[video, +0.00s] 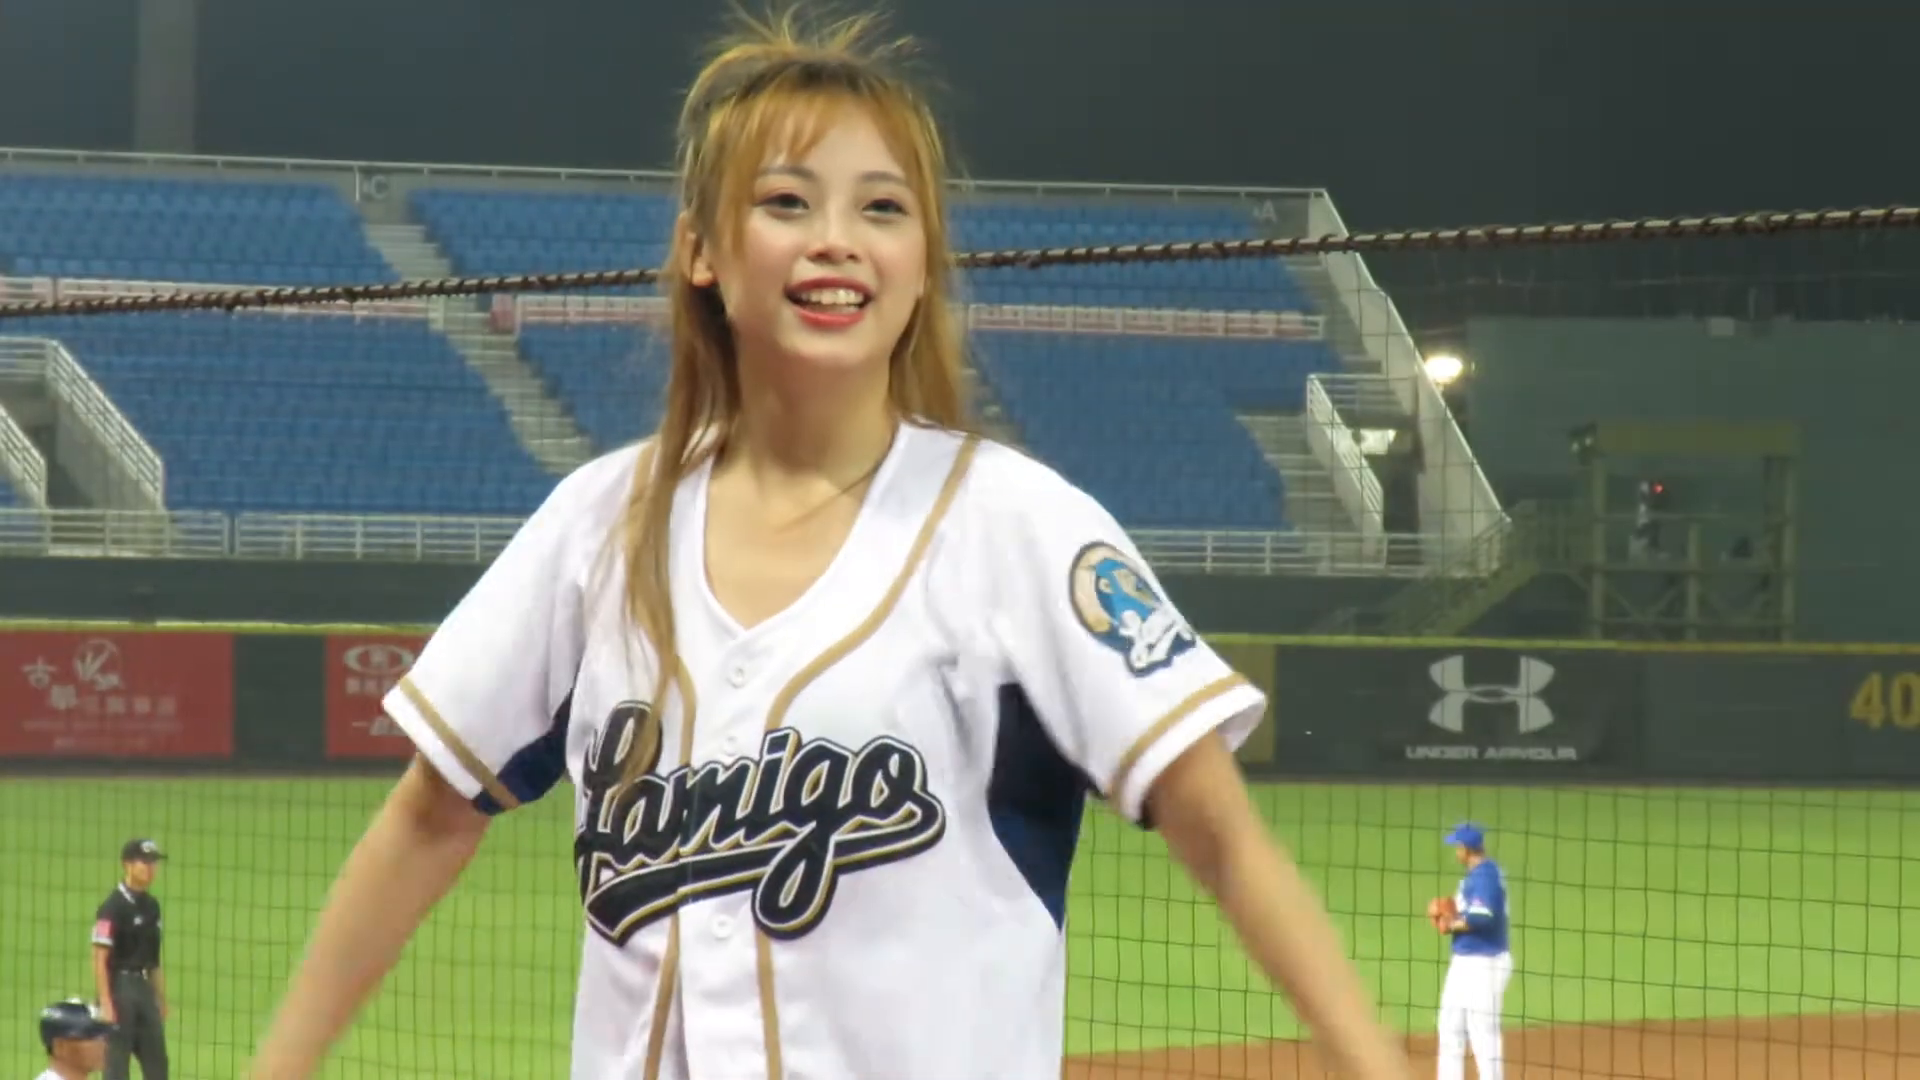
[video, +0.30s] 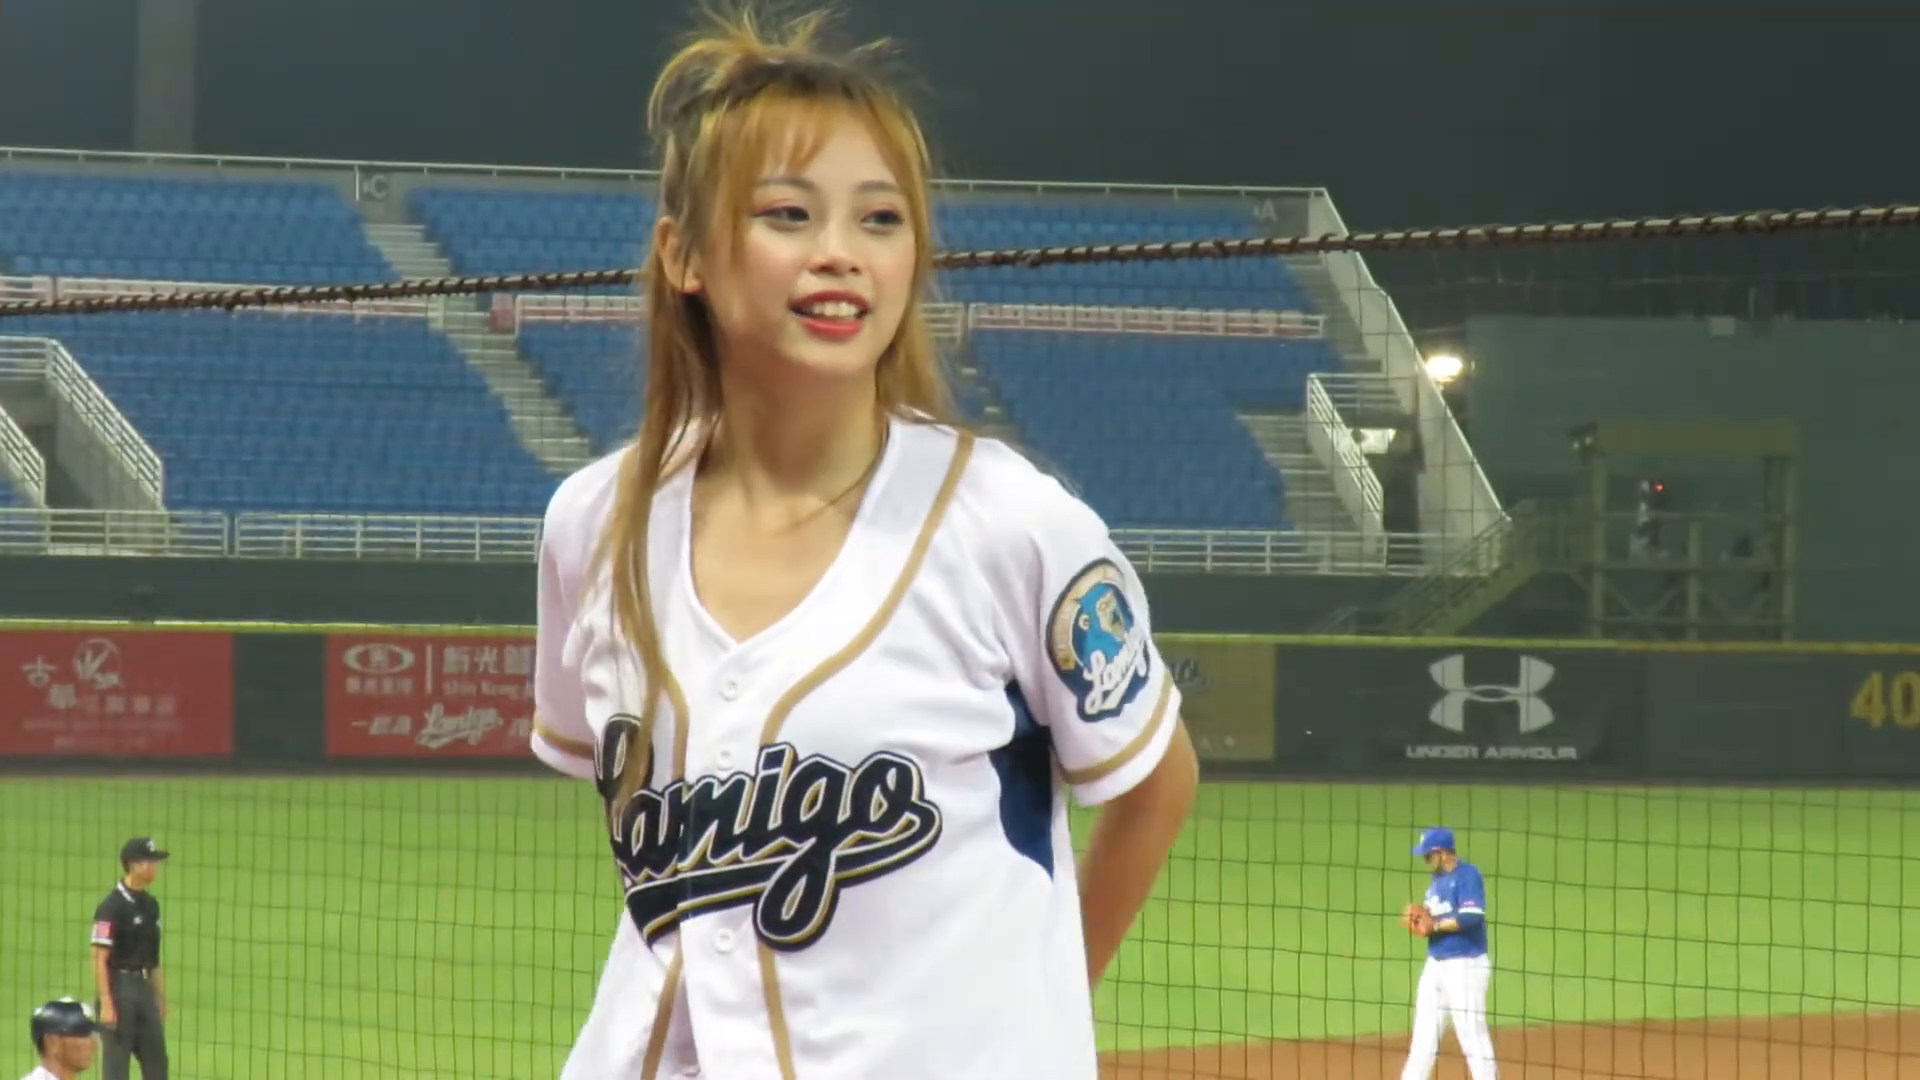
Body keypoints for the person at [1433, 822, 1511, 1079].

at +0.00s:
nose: (1456, 853)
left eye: (1458, 848)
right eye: (1456, 848)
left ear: (1469, 848)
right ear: (1472, 848)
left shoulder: (1485, 874)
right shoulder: (1471, 876)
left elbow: (1484, 916)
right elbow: (1466, 908)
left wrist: (1453, 924)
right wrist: (1447, 911)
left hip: (1487, 961)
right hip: (1464, 959)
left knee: (1483, 1029)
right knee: (1450, 1027)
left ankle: (1491, 1075)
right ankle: (1449, 1075)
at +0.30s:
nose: (1426, 861)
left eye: (1429, 855)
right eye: (1425, 856)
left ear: (1442, 852)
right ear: (1437, 853)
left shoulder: (1468, 874)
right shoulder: (1437, 880)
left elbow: (1473, 916)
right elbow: (1436, 914)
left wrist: (1434, 925)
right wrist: (1420, 919)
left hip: (1466, 964)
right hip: (1437, 964)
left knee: (1473, 1037)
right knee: (1424, 1038)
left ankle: (1486, 1075)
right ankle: (1413, 1076)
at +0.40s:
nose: (1417, 861)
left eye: (1420, 856)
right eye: (1415, 857)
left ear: (1435, 851)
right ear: (1420, 854)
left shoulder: (1459, 872)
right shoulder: (1422, 877)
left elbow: (1472, 910)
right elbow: (1420, 912)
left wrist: (1433, 925)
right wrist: (1409, 925)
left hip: (1458, 962)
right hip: (1426, 962)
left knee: (1463, 1032)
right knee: (1419, 1035)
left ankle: (1483, 1076)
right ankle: (1411, 1077)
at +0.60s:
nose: (1406, 863)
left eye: (1410, 857)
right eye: (1402, 859)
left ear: (1421, 849)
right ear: (1397, 856)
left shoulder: (1444, 869)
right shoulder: (1393, 879)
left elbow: (1463, 908)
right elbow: (1384, 918)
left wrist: (1437, 939)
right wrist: (1385, 954)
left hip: (1448, 955)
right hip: (1411, 958)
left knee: (1445, 1023)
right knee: (1410, 1029)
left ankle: (1468, 1076)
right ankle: (1410, 1076)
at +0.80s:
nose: (1408, 867)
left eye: (1412, 861)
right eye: (1404, 862)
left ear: (1421, 854)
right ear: (1396, 857)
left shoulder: (1439, 871)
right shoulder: (1384, 877)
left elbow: (1458, 912)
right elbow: (1366, 914)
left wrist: (1454, 953)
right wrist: (1376, 955)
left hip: (1437, 959)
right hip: (1404, 962)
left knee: (1440, 1032)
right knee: (1406, 1033)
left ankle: (1441, 1076)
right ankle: (1407, 1076)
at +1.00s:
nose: (1416, 870)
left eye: (1420, 865)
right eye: (1411, 865)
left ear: (1428, 857)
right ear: (1402, 858)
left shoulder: (1441, 875)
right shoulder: (1387, 876)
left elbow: (1460, 916)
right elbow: (1371, 914)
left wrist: (1464, 959)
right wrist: (1374, 955)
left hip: (1434, 963)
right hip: (1399, 963)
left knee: (1428, 1028)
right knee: (1400, 1027)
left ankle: (1427, 1075)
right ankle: (1402, 1075)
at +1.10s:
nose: (1423, 868)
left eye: (1428, 863)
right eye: (1418, 863)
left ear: (1436, 858)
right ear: (1410, 856)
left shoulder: (1448, 877)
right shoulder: (1391, 874)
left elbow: (1464, 920)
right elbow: (1376, 913)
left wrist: (1466, 963)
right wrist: (1379, 952)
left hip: (1433, 962)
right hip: (1398, 961)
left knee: (1429, 1026)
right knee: (1395, 1027)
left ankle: (1427, 1075)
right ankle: (1400, 1075)